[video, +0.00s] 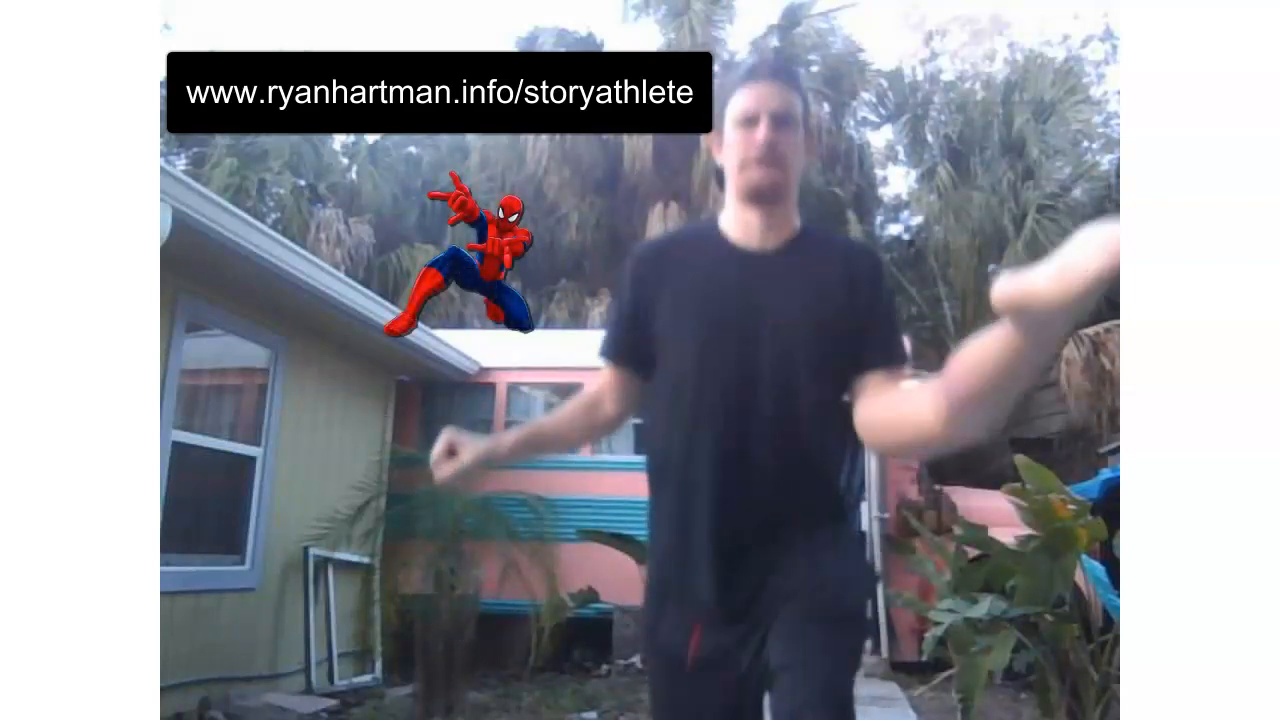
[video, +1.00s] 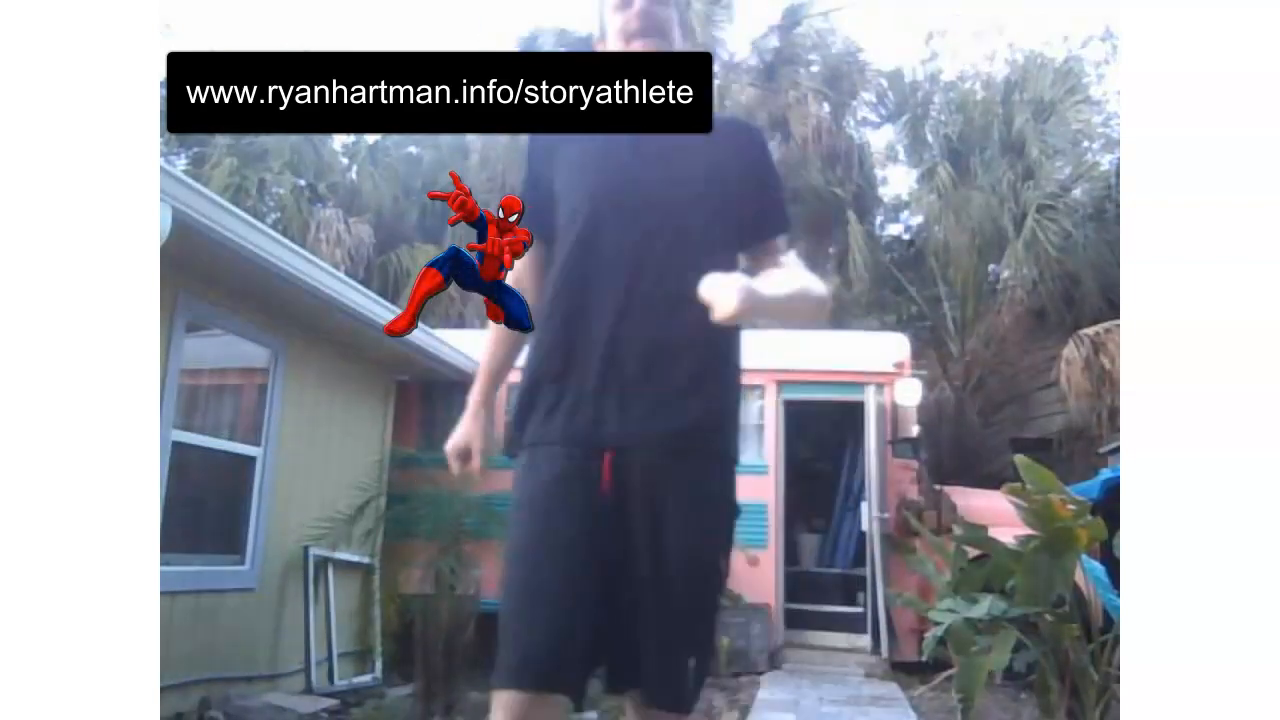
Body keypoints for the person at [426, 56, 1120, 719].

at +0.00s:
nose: (766, 138)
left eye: (784, 123)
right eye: (749, 122)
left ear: (810, 143)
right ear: (718, 143)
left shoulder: (851, 266)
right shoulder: (659, 267)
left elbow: (876, 407)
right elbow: (606, 401)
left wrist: (940, 411)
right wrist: (497, 448)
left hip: (812, 571)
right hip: (689, 575)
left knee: (815, 708)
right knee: (697, 717)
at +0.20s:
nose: (797, 230)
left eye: (816, 215)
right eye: (777, 212)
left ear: (841, 237)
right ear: (744, 232)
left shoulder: (869, 365)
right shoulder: (677, 342)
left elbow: (891, 511)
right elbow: (575, 445)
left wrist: (967, 505)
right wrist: (458, 532)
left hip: (804, 628)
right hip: (685, 633)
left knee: (829, 679)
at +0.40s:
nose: (754, 110)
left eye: (773, 96)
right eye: (737, 95)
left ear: (802, 125)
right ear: (711, 121)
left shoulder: (842, 243)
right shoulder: (657, 239)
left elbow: (882, 390)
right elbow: (603, 378)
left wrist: (948, 380)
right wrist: (520, 472)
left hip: (807, 552)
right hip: (685, 554)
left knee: (811, 709)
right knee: (684, 713)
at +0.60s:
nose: (768, 364)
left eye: (789, 343)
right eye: (749, 341)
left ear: (817, 313)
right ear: (719, 306)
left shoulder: (865, 407)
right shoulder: (667, 396)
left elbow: (905, 554)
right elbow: (594, 508)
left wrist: (961, 579)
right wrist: (502, 542)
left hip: (811, 658)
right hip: (692, 669)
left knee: (818, 691)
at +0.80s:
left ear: (893, 12)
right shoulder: (695, 121)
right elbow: (633, 261)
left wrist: (832, 561)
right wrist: (597, 404)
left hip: (823, 493)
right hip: (691, 477)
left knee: (815, 706)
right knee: (676, 690)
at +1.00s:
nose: (635, 52)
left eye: (650, 38)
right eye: (624, 38)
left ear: (679, 42)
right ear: (605, 42)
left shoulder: (733, 139)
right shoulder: (554, 140)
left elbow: (802, 288)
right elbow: (527, 279)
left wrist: (756, 295)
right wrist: (478, 403)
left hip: (686, 435)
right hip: (563, 430)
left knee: (662, 686)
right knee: (527, 676)